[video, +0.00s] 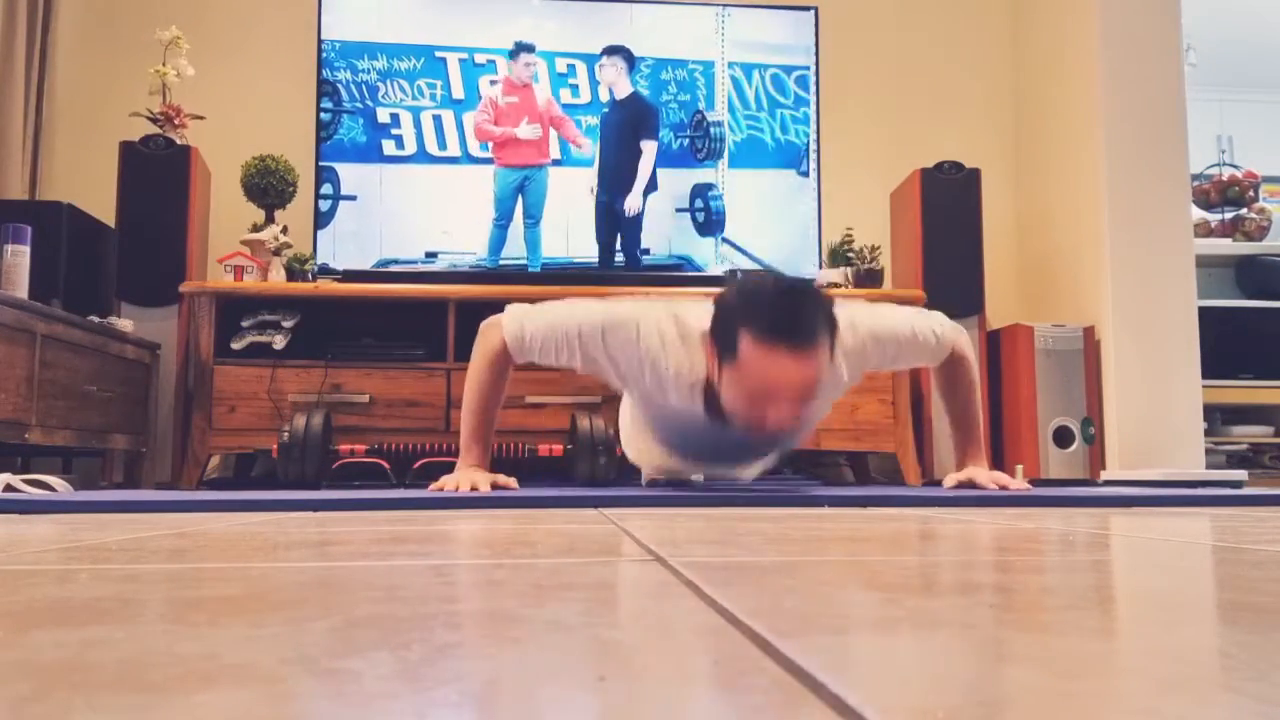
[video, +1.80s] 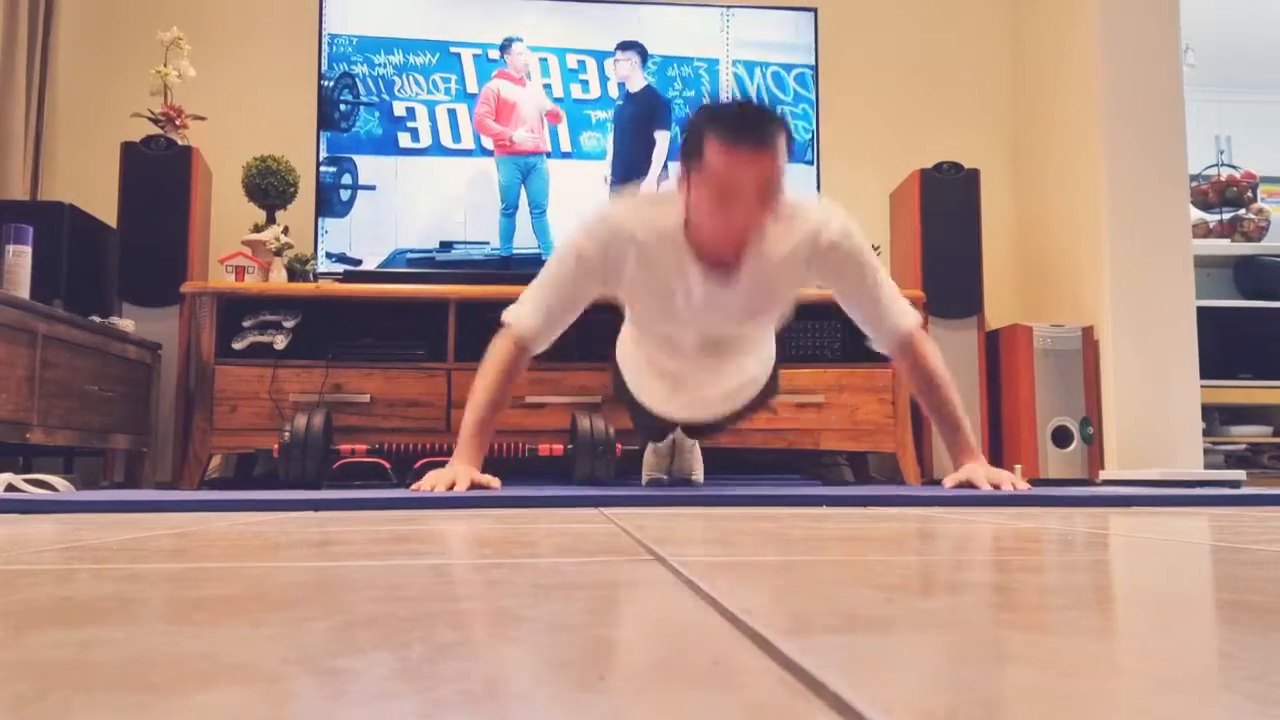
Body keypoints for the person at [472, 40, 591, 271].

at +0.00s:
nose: (531, 70)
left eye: (534, 65)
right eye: (526, 65)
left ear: (536, 65)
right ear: (512, 65)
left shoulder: (541, 94)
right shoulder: (495, 96)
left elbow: (561, 121)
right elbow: (480, 129)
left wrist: (578, 139)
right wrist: (515, 132)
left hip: (537, 169)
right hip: (507, 169)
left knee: (533, 221)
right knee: (501, 220)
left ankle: (534, 270)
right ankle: (491, 267)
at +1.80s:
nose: (526, 58)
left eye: (526, 54)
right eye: (520, 55)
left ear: (528, 56)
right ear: (506, 58)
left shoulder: (534, 88)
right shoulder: (494, 87)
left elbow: (556, 118)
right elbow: (480, 120)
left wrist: (552, 112)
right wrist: (512, 135)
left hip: (537, 157)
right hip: (509, 158)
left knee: (540, 209)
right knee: (509, 208)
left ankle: (548, 254)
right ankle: (506, 254)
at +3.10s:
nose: (528, 51)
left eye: (533, 48)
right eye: (524, 46)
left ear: (537, 53)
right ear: (513, 48)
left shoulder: (540, 83)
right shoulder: (498, 78)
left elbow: (562, 116)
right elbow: (479, 111)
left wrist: (545, 96)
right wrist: (507, 129)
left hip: (533, 155)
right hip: (504, 153)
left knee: (527, 206)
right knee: (488, 205)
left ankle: (525, 257)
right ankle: (467, 259)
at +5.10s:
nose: (519, 53)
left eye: (520, 48)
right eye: (515, 48)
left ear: (505, 50)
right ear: (499, 50)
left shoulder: (518, 79)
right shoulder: (479, 79)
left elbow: (540, 116)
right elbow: (466, 115)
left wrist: (527, 97)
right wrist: (504, 122)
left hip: (520, 155)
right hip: (491, 155)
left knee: (518, 208)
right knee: (478, 209)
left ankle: (527, 255)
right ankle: (465, 262)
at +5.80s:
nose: (517, 53)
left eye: (517, 48)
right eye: (512, 48)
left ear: (509, 51)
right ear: (496, 51)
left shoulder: (519, 80)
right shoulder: (480, 82)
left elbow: (547, 106)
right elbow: (472, 116)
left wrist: (532, 92)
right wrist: (508, 122)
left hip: (521, 154)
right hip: (494, 155)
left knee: (520, 207)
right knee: (480, 208)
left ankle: (528, 252)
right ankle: (468, 260)